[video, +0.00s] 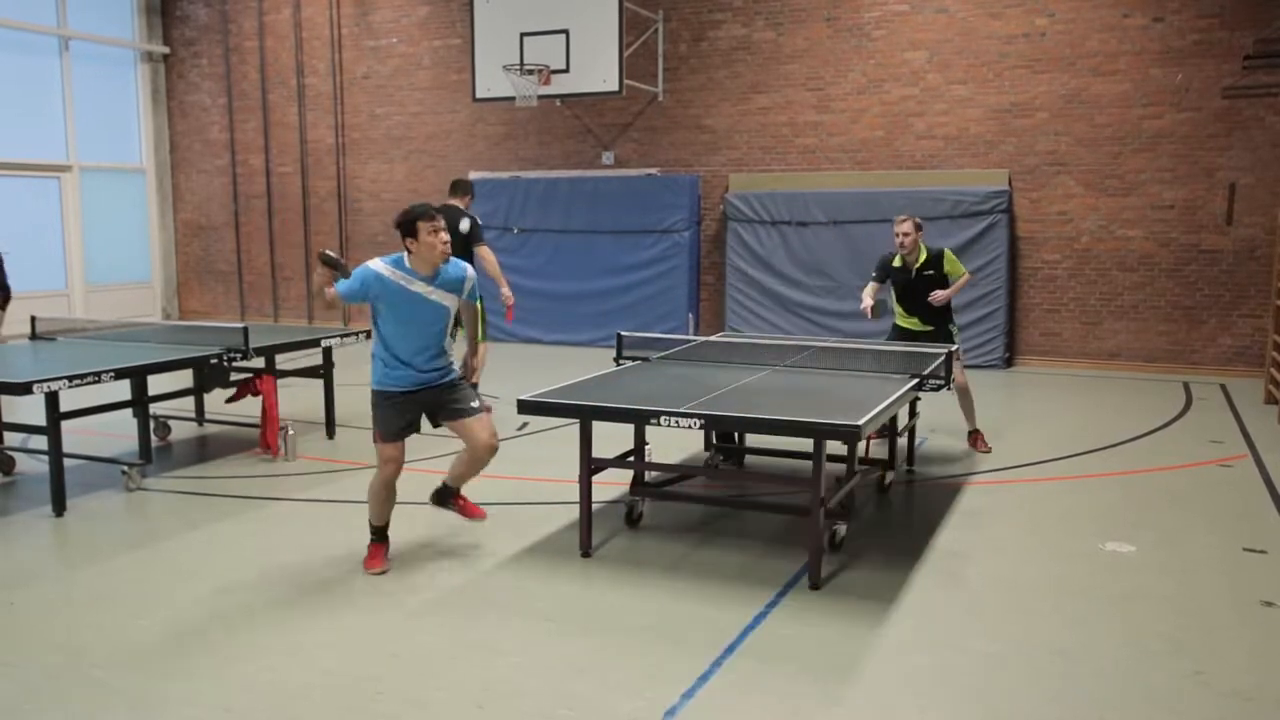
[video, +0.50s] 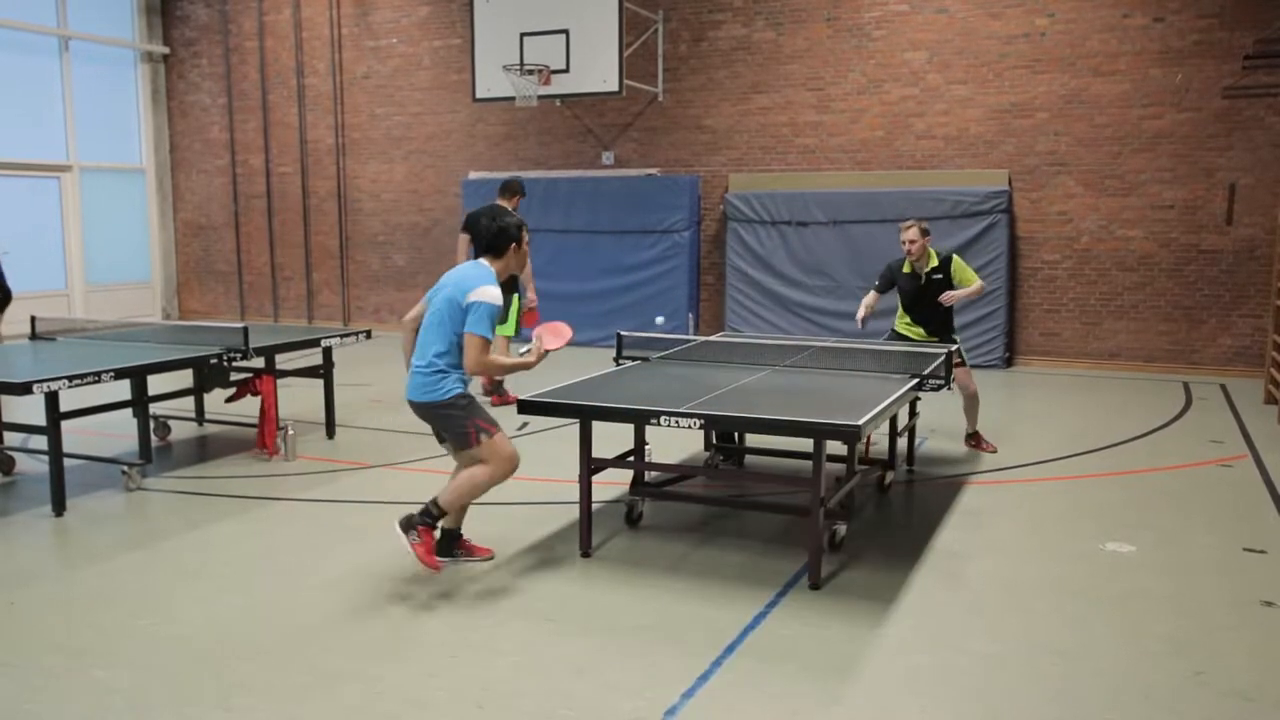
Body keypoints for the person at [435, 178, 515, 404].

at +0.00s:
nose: (469, 203)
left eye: (468, 200)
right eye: (470, 200)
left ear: (449, 194)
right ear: (467, 198)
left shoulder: (432, 214)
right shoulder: (467, 220)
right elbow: (483, 254)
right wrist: (503, 286)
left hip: (432, 285)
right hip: (464, 287)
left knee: (440, 338)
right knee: (478, 340)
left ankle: (432, 385)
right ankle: (470, 391)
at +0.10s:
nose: (481, 206)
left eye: (481, 203)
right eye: (482, 203)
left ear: (460, 196)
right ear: (478, 201)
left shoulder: (439, 218)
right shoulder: (475, 222)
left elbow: (428, 254)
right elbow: (487, 256)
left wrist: (434, 280)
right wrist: (506, 288)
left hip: (440, 288)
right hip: (471, 289)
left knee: (449, 341)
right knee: (483, 341)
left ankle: (447, 389)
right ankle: (494, 390)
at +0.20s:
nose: (494, 209)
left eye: (494, 205)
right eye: (494, 205)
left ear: (472, 199)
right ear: (490, 203)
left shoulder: (448, 220)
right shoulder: (489, 226)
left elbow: (433, 250)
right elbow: (497, 261)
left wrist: (444, 277)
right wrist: (506, 289)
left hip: (454, 288)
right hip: (484, 292)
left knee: (447, 339)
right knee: (490, 342)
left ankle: (441, 390)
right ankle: (497, 389)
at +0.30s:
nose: (505, 208)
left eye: (504, 205)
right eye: (505, 205)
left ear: (483, 198)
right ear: (502, 203)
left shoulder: (460, 218)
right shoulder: (498, 226)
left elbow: (443, 248)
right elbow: (502, 263)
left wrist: (452, 279)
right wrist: (507, 294)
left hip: (461, 287)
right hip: (490, 290)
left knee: (451, 340)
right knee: (496, 342)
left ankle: (444, 391)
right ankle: (499, 391)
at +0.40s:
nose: (513, 205)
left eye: (512, 202)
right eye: (513, 202)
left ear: (491, 195)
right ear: (509, 201)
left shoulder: (467, 216)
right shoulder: (508, 223)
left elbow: (453, 246)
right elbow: (514, 262)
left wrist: (455, 279)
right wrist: (516, 291)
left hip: (469, 285)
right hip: (498, 287)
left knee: (467, 338)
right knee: (499, 339)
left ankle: (455, 388)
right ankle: (499, 390)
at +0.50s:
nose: (521, 203)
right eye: (521, 200)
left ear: (498, 194)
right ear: (517, 199)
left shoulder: (474, 216)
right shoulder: (516, 224)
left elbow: (462, 253)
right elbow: (524, 260)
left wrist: (461, 278)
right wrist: (530, 290)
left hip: (475, 283)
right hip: (507, 285)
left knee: (485, 331)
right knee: (503, 335)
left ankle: (489, 379)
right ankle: (497, 387)